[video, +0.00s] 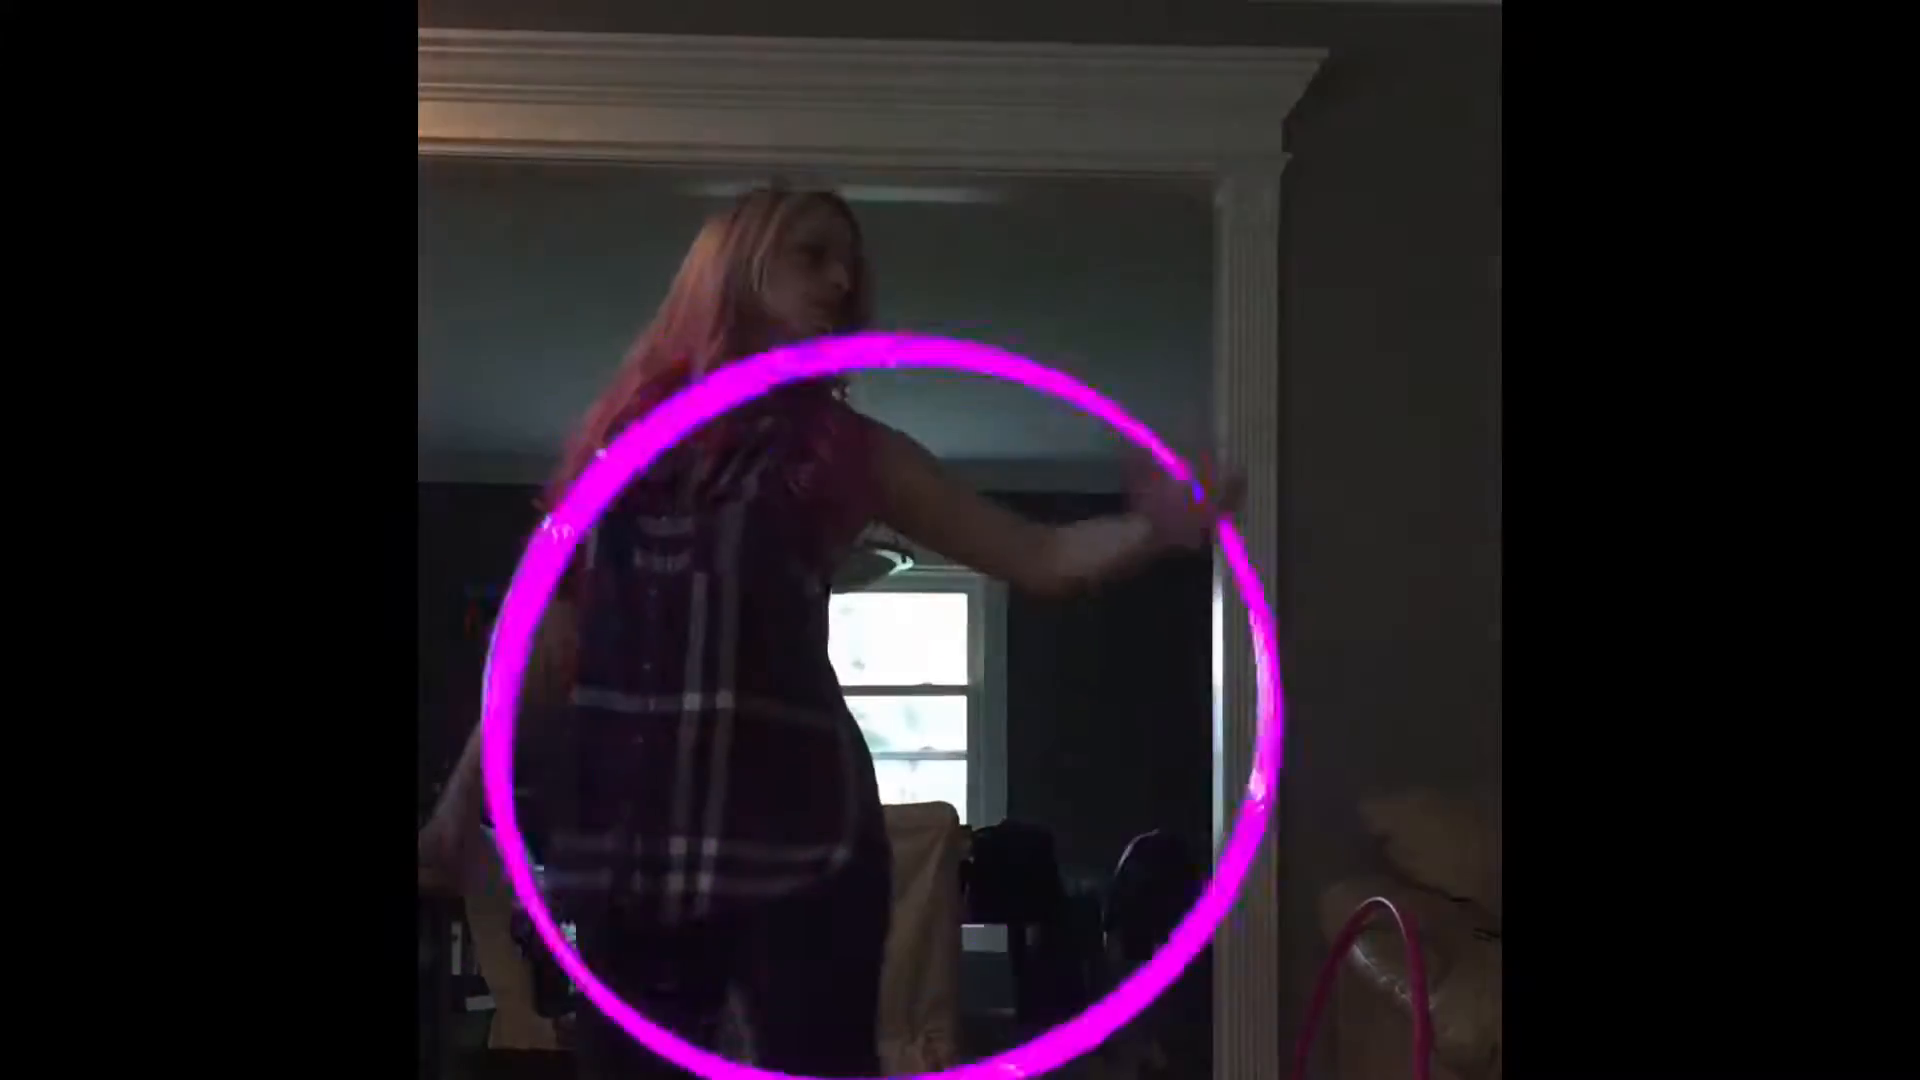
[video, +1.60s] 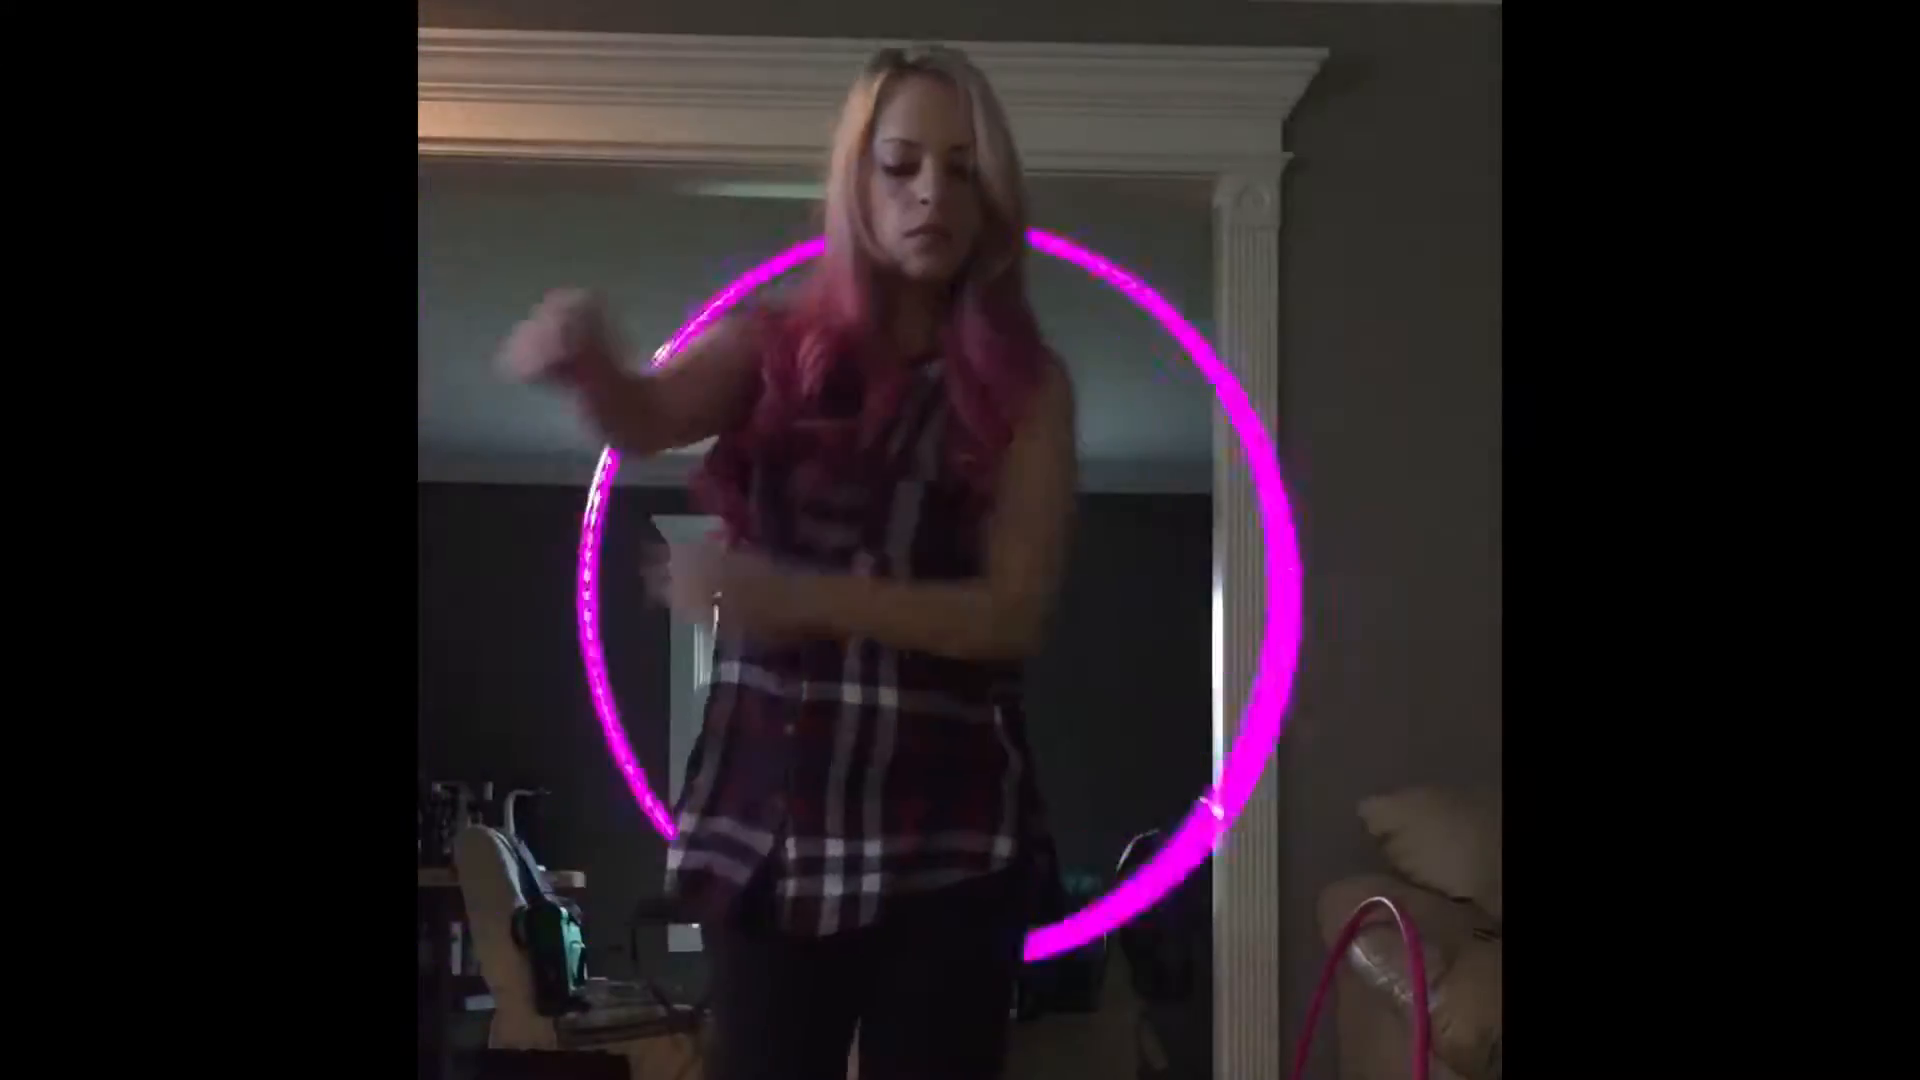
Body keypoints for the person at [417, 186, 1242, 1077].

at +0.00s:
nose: (840, 278)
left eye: (850, 263)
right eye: (811, 253)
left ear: (855, 290)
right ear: (736, 268)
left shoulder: (838, 443)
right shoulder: (624, 439)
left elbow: (1032, 555)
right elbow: (545, 647)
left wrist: (1148, 531)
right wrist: (458, 804)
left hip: (798, 844)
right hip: (626, 839)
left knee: (814, 1072)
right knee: (626, 1065)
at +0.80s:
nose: (778, 252)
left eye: (793, 238)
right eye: (748, 228)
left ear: (805, 267)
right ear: (678, 243)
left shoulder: (810, 419)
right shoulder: (590, 418)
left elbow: (967, 532)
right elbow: (488, 612)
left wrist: (1124, 502)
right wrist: (416, 683)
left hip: (793, 833)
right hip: (625, 835)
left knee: (781, 1059)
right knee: (648, 1056)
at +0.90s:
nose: (771, 250)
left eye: (789, 233)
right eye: (740, 227)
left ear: (810, 259)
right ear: (679, 249)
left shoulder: (835, 418)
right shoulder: (595, 423)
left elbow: (926, 551)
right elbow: (517, 605)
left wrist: (992, 528)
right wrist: (462, 613)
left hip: (804, 835)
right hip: (633, 835)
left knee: (801, 1059)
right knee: (658, 1061)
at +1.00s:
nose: (768, 247)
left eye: (788, 226)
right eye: (742, 223)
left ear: (815, 246)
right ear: (691, 245)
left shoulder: (853, 412)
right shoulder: (610, 425)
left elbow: (905, 579)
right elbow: (534, 616)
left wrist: (850, 548)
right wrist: (545, 518)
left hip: (814, 822)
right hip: (645, 821)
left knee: (818, 1058)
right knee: (667, 1063)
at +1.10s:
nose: (786, 239)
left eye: (809, 219)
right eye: (759, 215)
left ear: (835, 245)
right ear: (711, 244)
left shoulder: (881, 408)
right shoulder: (653, 393)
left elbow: (875, 591)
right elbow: (572, 571)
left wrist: (723, 567)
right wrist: (648, 420)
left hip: (842, 821)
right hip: (672, 818)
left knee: (834, 1064)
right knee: (689, 1064)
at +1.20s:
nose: (815, 229)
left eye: (840, 209)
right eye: (789, 205)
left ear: (868, 237)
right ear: (743, 230)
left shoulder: (912, 400)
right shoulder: (676, 389)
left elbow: (887, 588)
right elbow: (617, 505)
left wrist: (681, 549)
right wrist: (721, 360)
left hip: (872, 837)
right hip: (696, 834)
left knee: (861, 1068)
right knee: (708, 1067)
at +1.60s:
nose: (930, 195)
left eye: (961, 169)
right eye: (901, 165)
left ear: (992, 193)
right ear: (853, 181)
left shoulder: (1023, 380)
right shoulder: (779, 329)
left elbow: (1014, 614)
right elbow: (649, 421)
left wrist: (788, 599)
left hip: (949, 835)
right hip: (769, 824)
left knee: (929, 1067)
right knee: (759, 1065)